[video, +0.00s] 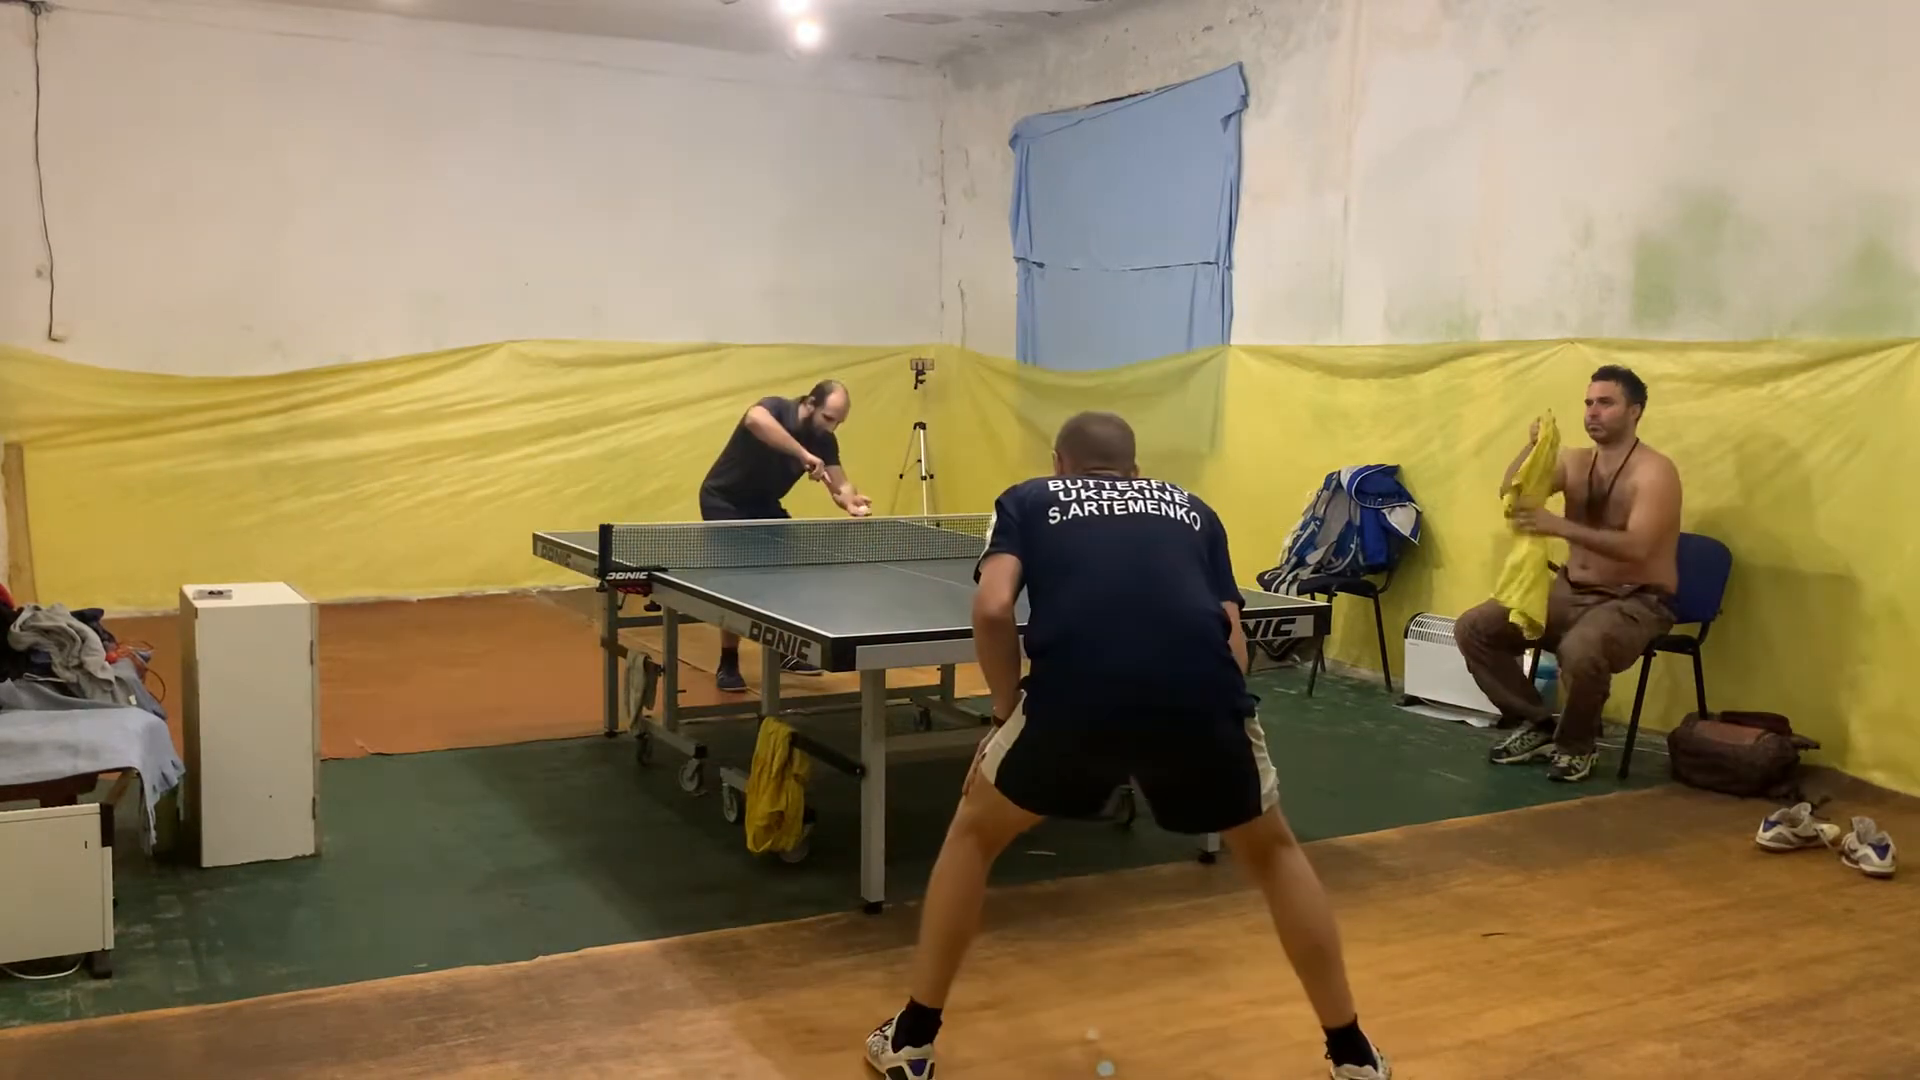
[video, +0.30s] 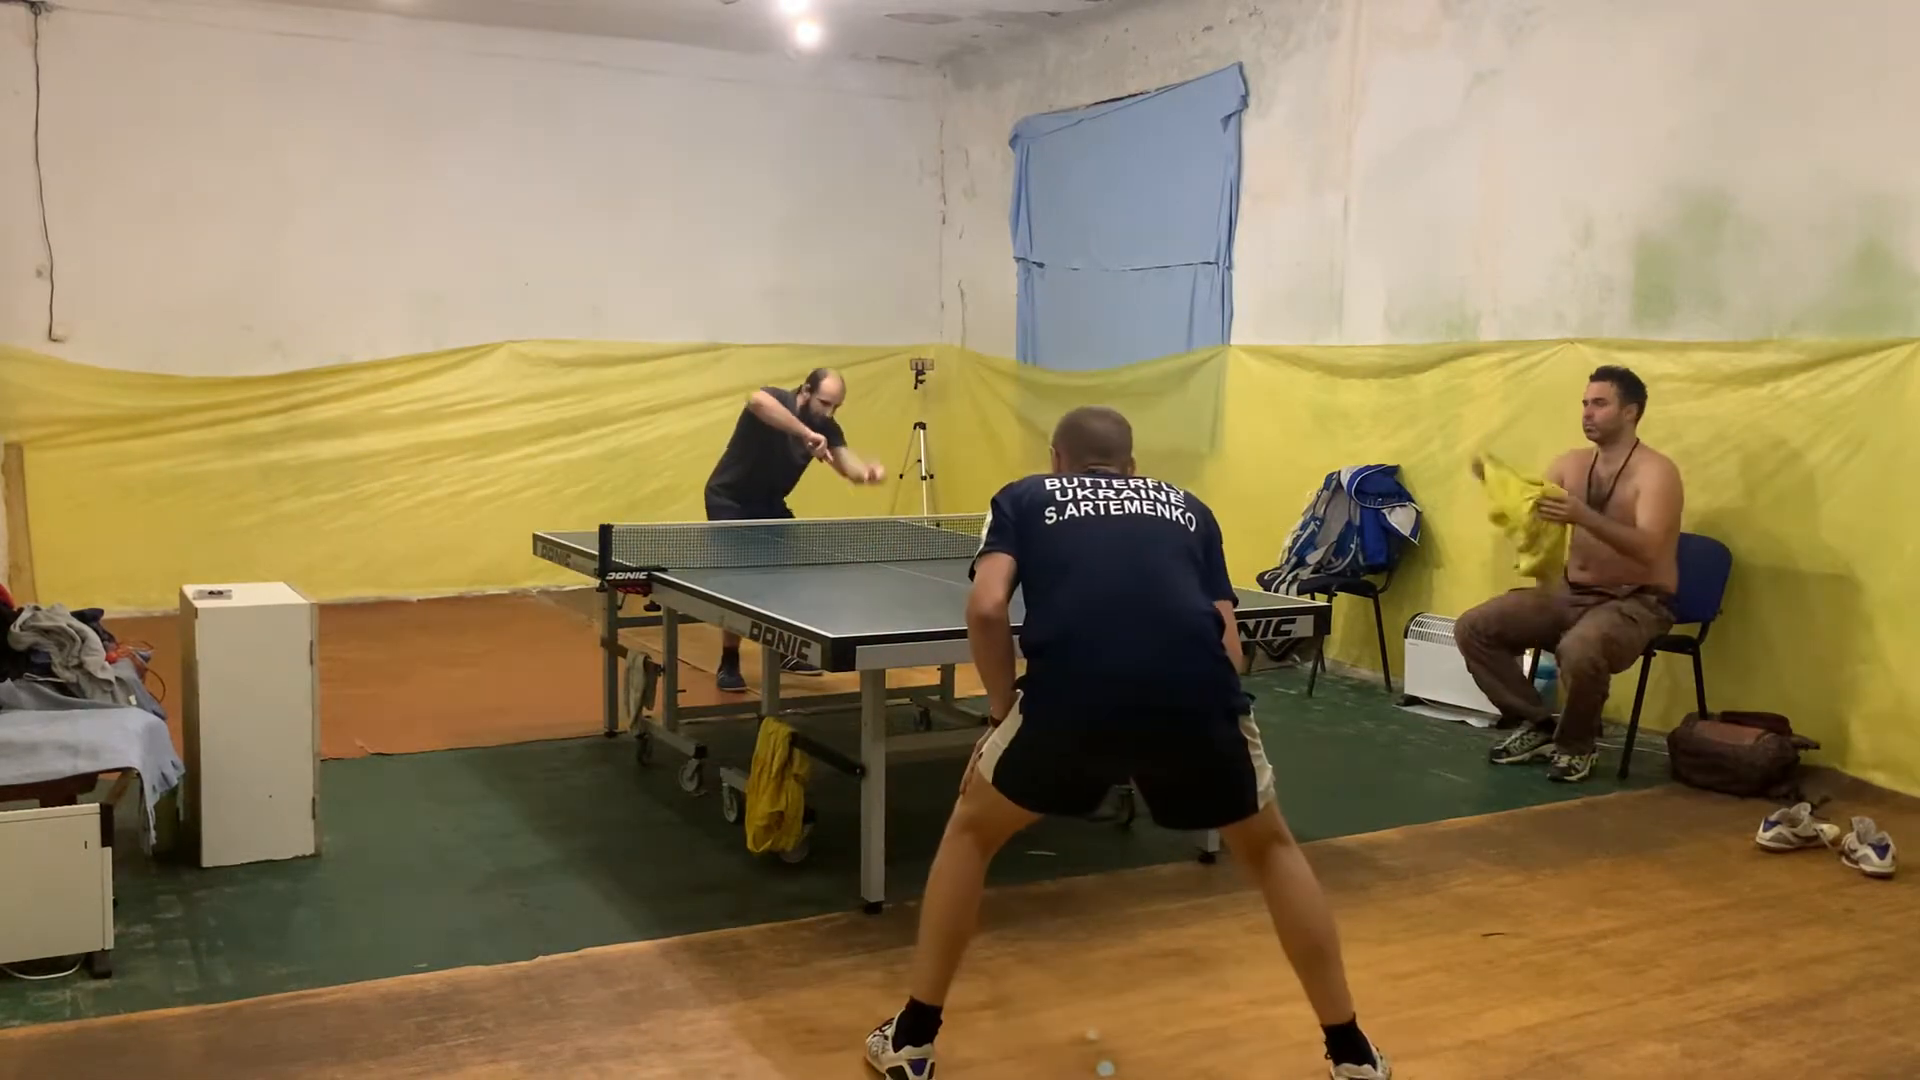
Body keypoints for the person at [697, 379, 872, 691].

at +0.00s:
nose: (832, 427)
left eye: (838, 422)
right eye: (829, 418)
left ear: (840, 416)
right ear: (810, 405)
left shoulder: (824, 440)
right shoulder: (778, 408)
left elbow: (839, 483)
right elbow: (754, 419)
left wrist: (849, 498)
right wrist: (802, 454)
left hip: (765, 504)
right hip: (723, 499)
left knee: (794, 569)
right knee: (736, 577)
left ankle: (785, 650)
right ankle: (729, 664)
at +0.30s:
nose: (829, 413)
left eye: (835, 406)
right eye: (824, 403)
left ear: (839, 404)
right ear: (805, 393)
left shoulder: (827, 427)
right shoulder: (777, 399)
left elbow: (842, 460)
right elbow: (757, 402)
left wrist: (863, 473)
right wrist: (804, 432)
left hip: (771, 504)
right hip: (729, 500)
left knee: (792, 573)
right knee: (736, 579)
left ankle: (785, 649)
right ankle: (730, 663)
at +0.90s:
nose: (817, 380)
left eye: (822, 373)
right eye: (811, 371)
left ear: (826, 369)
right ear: (790, 360)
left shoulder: (803, 385)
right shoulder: (757, 377)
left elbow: (817, 431)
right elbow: (785, 425)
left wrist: (836, 472)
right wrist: (814, 404)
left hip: (768, 482)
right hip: (730, 478)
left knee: (792, 555)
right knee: (745, 550)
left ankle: (785, 645)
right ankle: (703, 612)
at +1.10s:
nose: (799, 398)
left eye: (805, 391)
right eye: (795, 389)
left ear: (808, 388)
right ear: (774, 378)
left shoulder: (790, 409)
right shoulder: (742, 383)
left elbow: (805, 443)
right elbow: (709, 385)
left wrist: (820, 485)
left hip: (755, 495)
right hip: (716, 493)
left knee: (792, 559)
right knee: (723, 567)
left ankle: (787, 647)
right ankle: (691, 643)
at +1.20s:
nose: (788, 391)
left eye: (792, 384)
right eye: (782, 383)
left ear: (795, 380)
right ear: (761, 374)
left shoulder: (780, 405)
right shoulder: (730, 385)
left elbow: (797, 440)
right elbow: (684, 372)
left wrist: (813, 484)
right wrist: (691, 388)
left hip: (751, 499)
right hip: (711, 500)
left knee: (789, 562)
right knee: (720, 581)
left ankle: (785, 649)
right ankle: (686, 658)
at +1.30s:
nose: (764, 361)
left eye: (769, 353)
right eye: (757, 353)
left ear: (773, 351)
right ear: (737, 349)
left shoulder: (767, 385)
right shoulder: (708, 369)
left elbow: (782, 423)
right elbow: (653, 366)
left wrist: (787, 469)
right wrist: (668, 386)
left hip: (741, 488)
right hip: (699, 487)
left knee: (775, 559)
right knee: (701, 569)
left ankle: (784, 647)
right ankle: (682, 655)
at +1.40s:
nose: (744, 333)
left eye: (748, 326)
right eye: (736, 326)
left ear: (754, 325)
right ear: (717, 325)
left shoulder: (754, 360)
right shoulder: (688, 352)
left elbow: (767, 407)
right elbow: (633, 376)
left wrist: (760, 453)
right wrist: (648, 399)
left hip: (731, 474)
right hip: (685, 473)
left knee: (759, 549)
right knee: (676, 553)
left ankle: (760, 635)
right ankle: (660, 650)